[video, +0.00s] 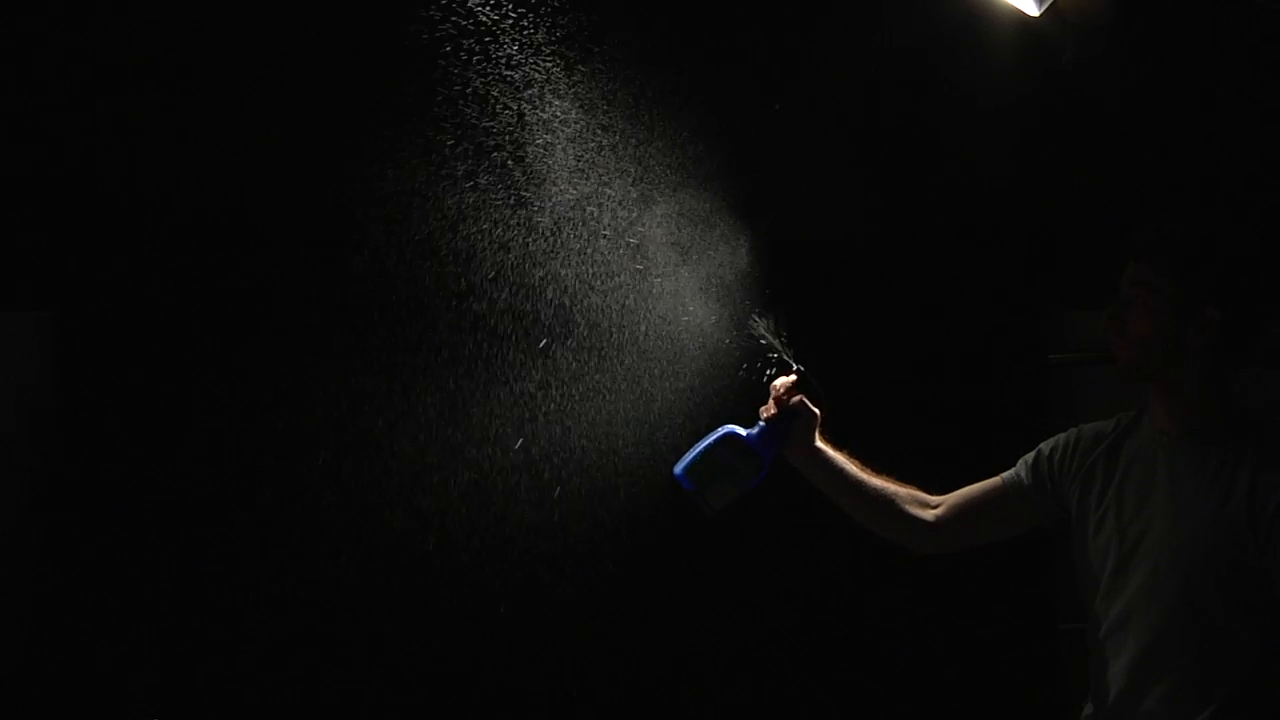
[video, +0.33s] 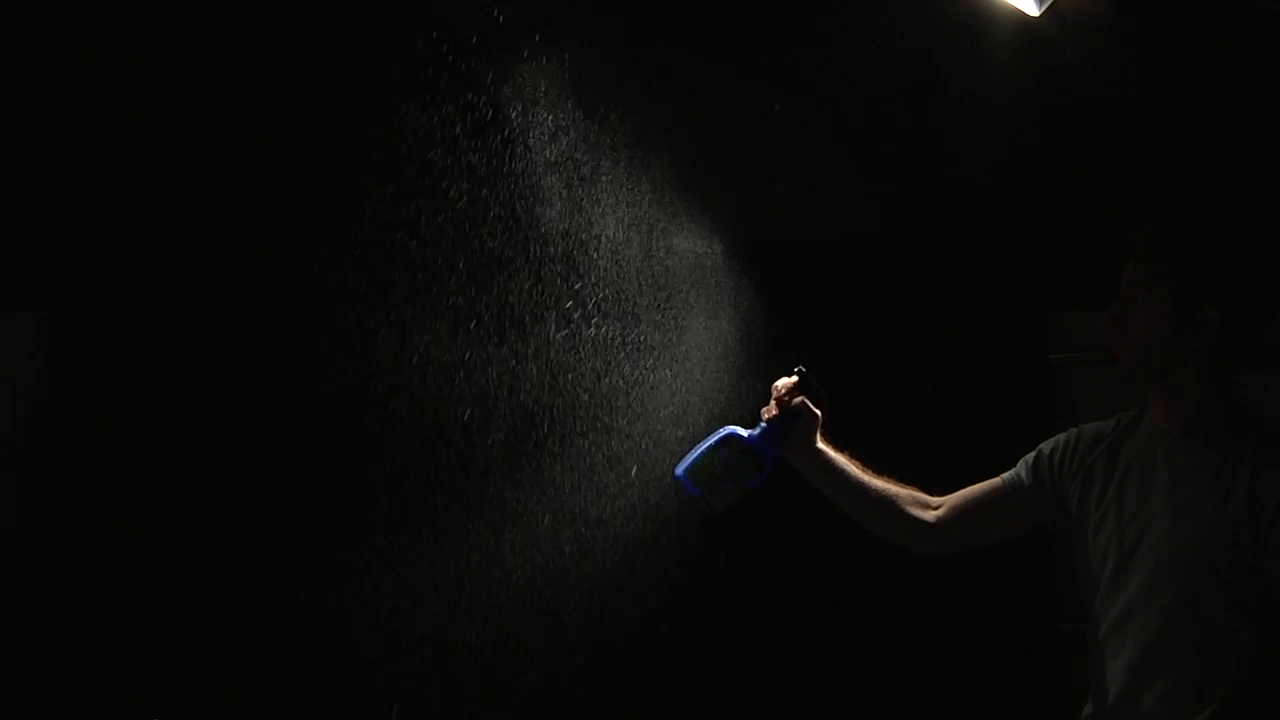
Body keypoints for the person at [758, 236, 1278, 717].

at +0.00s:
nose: (1119, 317)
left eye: (1143, 301)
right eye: (1124, 299)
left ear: (1202, 320)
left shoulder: (1259, 460)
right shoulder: (1087, 456)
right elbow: (930, 519)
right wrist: (807, 446)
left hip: (1233, 698)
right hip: (1117, 699)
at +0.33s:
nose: (1119, 317)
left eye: (1143, 301)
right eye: (1123, 298)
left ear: (1199, 318)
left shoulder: (1255, 458)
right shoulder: (1087, 457)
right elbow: (932, 520)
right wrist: (810, 448)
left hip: (1232, 699)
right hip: (1119, 700)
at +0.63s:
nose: (1119, 316)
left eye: (1142, 299)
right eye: (1123, 297)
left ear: (1202, 319)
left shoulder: (1258, 459)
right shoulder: (1088, 456)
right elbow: (933, 519)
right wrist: (811, 449)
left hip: (1233, 702)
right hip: (1118, 702)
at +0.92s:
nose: (1120, 317)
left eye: (1142, 301)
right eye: (1123, 300)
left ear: (1201, 319)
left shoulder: (1257, 457)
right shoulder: (1088, 456)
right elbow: (933, 521)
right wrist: (812, 448)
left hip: (1231, 701)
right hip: (1117, 702)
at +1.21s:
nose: (1120, 323)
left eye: (1142, 305)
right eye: (1123, 303)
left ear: (1200, 322)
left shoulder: (1254, 460)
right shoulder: (1085, 458)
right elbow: (929, 521)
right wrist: (809, 451)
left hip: (1232, 699)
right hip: (1116, 701)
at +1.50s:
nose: (1116, 325)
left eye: (1138, 307)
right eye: (1120, 306)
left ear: (1199, 327)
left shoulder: (1255, 461)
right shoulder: (1084, 463)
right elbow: (930, 527)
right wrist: (810, 456)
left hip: (1233, 699)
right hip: (1115, 700)